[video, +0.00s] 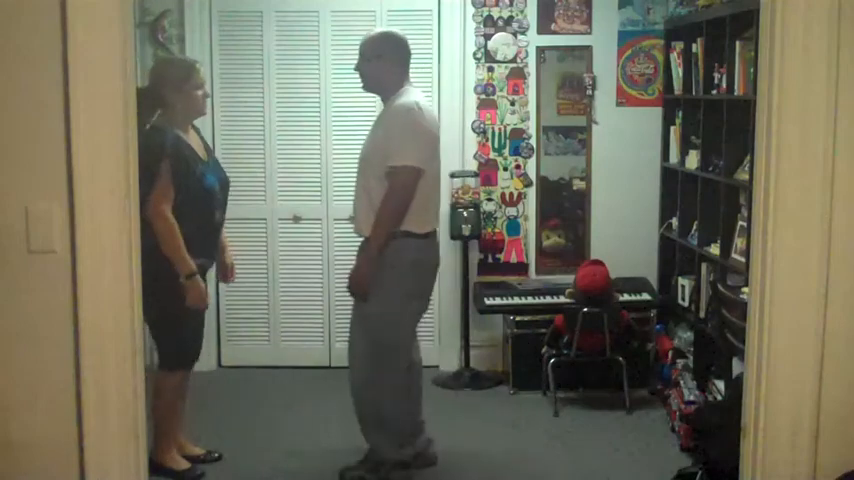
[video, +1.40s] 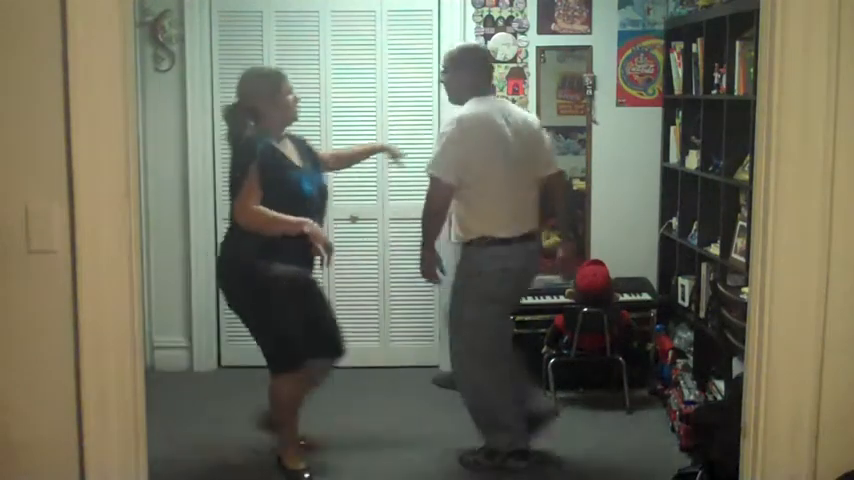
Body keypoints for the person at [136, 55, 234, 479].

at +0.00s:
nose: (205, 92)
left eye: (203, 86)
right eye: (197, 88)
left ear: (188, 94)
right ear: (172, 94)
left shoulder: (192, 134)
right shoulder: (158, 139)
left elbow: (202, 200)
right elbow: (157, 211)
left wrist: (222, 248)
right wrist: (188, 273)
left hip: (194, 263)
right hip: (167, 266)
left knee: (184, 358)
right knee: (174, 360)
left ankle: (176, 440)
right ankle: (163, 450)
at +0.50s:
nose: (211, 91)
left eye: (210, 85)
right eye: (203, 87)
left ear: (196, 94)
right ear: (179, 94)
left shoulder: (197, 133)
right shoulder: (169, 139)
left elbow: (199, 200)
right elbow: (171, 209)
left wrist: (232, 235)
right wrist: (229, 231)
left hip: (193, 264)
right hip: (169, 266)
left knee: (181, 358)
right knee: (164, 360)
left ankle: (178, 439)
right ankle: (162, 449)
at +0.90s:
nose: (235, 91)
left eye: (232, 85)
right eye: (227, 87)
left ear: (206, 98)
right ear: (205, 96)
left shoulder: (214, 136)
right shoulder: (199, 144)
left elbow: (225, 197)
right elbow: (219, 211)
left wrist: (257, 210)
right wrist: (265, 214)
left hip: (192, 259)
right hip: (186, 263)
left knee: (189, 351)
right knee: (226, 350)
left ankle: (173, 445)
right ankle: (223, 454)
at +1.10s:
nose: (257, 96)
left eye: (254, 90)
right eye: (249, 91)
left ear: (226, 102)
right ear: (225, 101)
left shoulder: (233, 142)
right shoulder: (219, 147)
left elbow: (257, 175)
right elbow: (224, 213)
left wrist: (295, 178)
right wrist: (279, 225)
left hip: (219, 265)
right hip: (214, 269)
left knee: (203, 356)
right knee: (264, 352)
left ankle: (176, 443)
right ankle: (288, 451)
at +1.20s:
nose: (269, 98)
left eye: (266, 92)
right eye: (260, 94)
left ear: (241, 105)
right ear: (237, 104)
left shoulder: (250, 144)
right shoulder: (234, 148)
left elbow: (279, 171)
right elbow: (230, 214)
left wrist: (324, 165)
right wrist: (289, 231)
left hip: (245, 269)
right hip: (228, 271)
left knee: (230, 356)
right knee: (276, 356)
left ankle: (182, 437)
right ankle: (289, 452)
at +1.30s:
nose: (283, 98)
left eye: (280, 92)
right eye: (275, 93)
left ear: (255, 103)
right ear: (252, 103)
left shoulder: (270, 143)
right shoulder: (246, 146)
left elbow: (306, 167)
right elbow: (239, 211)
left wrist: (353, 157)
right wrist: (299, 232)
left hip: (269, 267)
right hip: (245, 269)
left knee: (282, 353)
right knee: (284, 354)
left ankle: (216, 411)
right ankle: (290, 455)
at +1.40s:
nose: (295, 98)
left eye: (292, 92)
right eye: (287, 94)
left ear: (276, 104)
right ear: (263, 104)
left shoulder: (295, 144)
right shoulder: (254, 148)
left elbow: (329, 161)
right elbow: (244, 212)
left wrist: (376, 147)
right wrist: (303, 225)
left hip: (290, 265)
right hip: (253, 268)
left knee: (325, 350)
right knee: (290, 358)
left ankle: (278, 415)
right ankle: (288, 447)